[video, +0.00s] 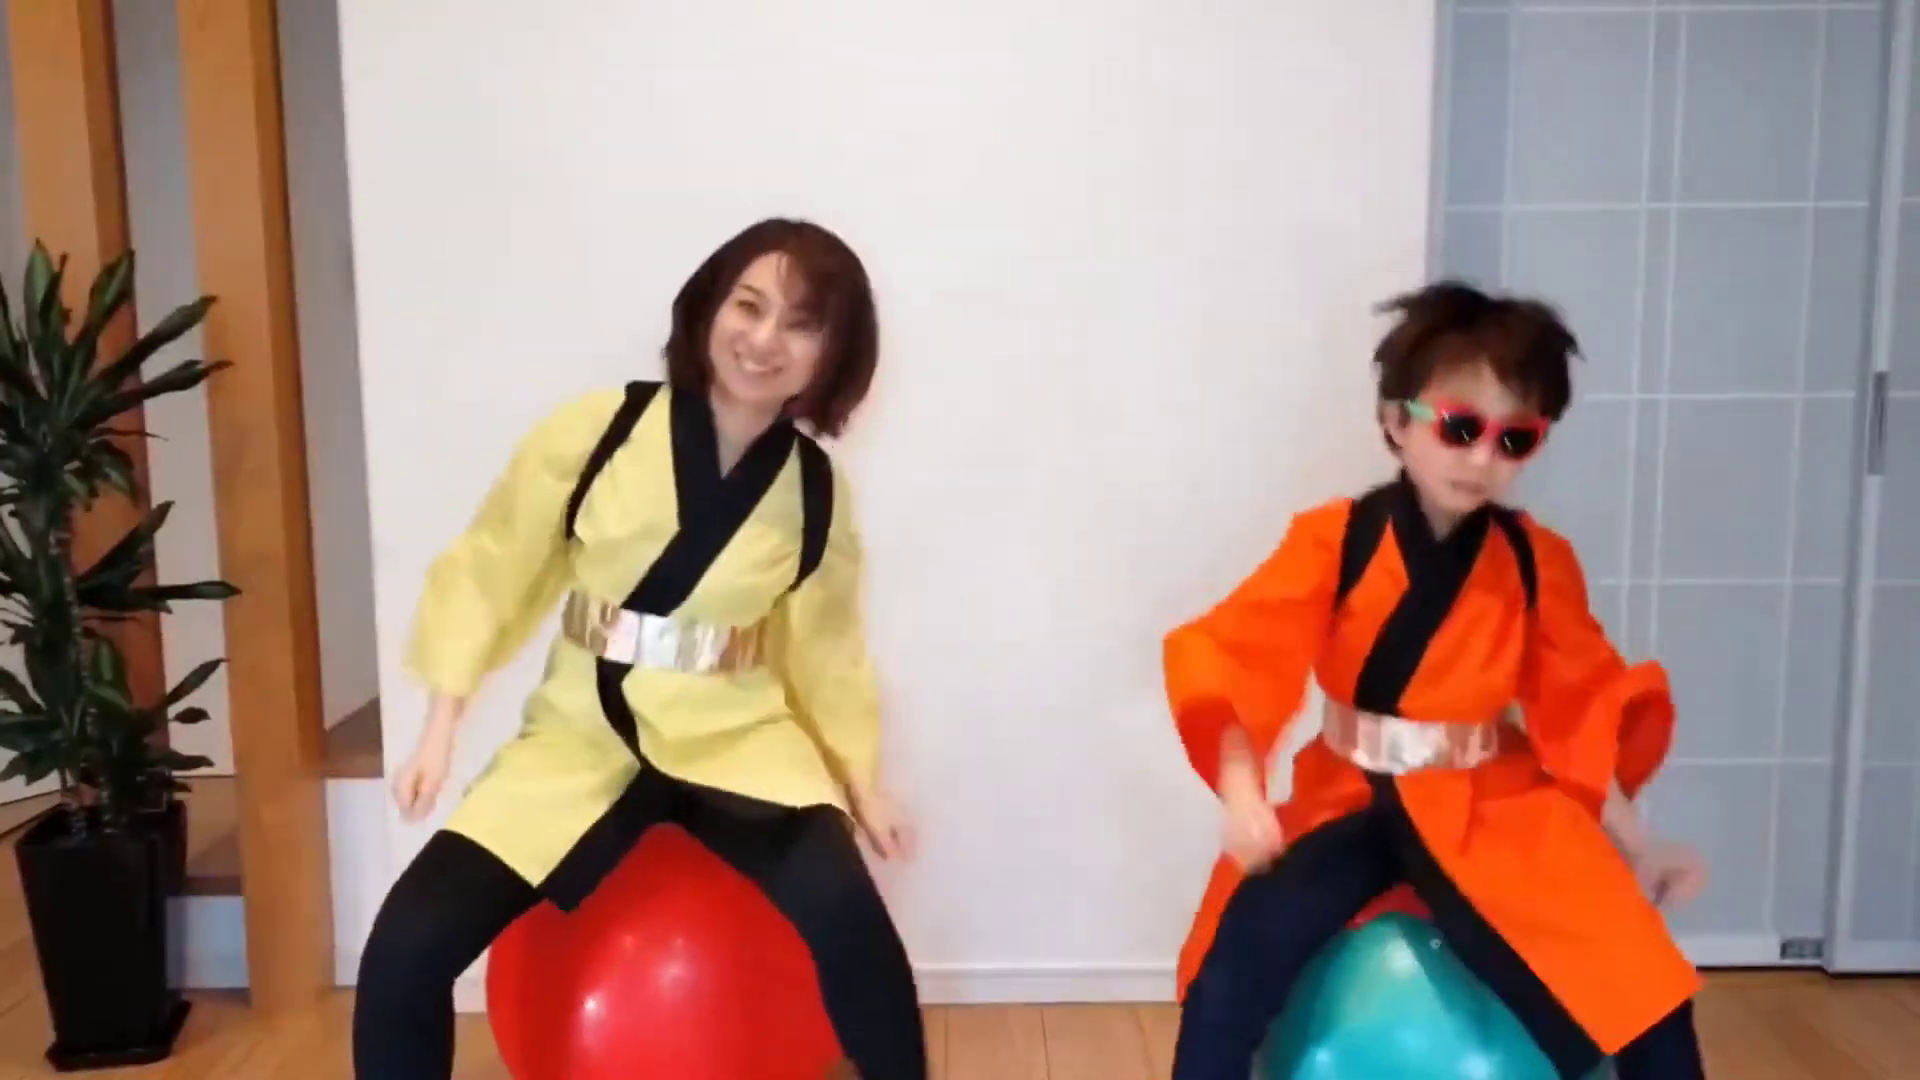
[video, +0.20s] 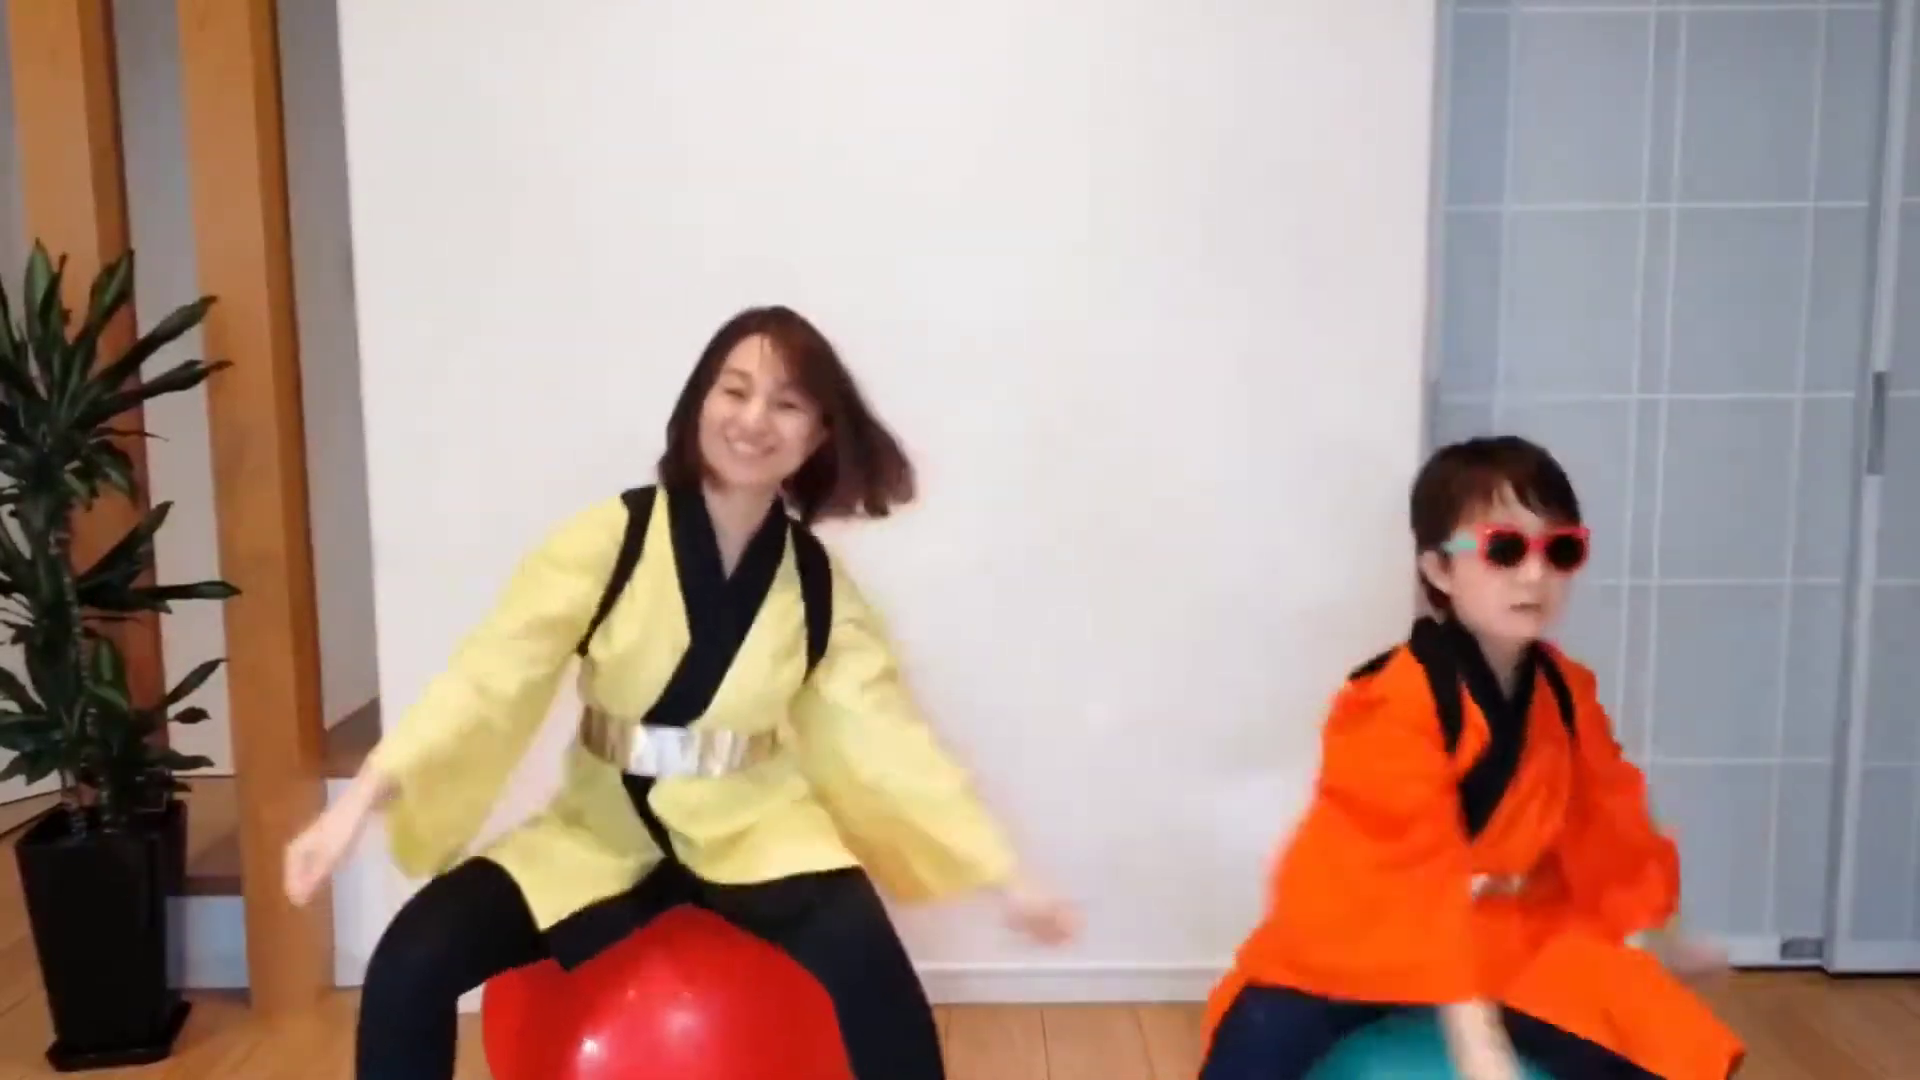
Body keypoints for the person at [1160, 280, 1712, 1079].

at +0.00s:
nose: (1483, 459)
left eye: (1515, 439)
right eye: (1459, 426)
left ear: (1537, 446)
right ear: (1397, 423)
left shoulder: (1536, 561)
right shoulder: (1336, 539)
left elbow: (1581, 714)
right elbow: (1223, 661)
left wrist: (1635, 842)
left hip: (1490, 805)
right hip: (1351, 800)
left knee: (1646, 983)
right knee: (1240, 954)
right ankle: (1207, 1067)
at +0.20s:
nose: (1536, 573)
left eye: (1560, 551)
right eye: (1505, 549)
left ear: (1578, 566)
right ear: (1439, 571)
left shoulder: (1562, 693)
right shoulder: (1391, 703)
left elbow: (1610, 828)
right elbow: (1417, 881)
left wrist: (1661, 938)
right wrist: (1479, 1048)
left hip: (1497, 935)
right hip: (1355, 939)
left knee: (1630, 1048)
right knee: (1253, 1050)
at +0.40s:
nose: (1558, 397)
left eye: (1586, 373)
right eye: (1525, 371)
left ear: (1607, 388)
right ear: (1462, 391)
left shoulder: (1600, 525)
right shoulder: (1421, 523)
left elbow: (1711, 614)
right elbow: (1467, 667)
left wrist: (1860, 671)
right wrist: (1657, 694)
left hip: (1539, 801)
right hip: (1406, 790)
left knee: (1663, 1027)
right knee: (1292, 970)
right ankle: (1243, 1068)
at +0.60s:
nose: (1554, 478)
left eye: (1582, 454)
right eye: (1521, 451)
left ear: (1603, 468)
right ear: (1461, 465)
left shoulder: (1597, 597)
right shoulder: (1407, 576)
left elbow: (1725, 706)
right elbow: (1353, 698)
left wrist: (1707, 603)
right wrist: (1451, 597)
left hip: (1541, 848)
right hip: (1409, 838)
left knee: (1638, 1015)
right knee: (1311, 982)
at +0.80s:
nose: (1505, 526)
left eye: (1536, 501)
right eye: (1473, 499)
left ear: (1565, 516)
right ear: (1429, 511)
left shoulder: (1589, 642)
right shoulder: (1385, 628)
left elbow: (1624, 799)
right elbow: (1280, 787)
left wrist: (1679, 726)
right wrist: (1329, 761)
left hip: (1532, 908)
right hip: (1390, 898)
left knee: (1657, 1052)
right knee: (1277, 1021)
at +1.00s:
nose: (1452, 436)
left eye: (1486, 412)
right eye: (1423, 408)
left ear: (1519, 425)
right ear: (1382, 415)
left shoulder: (1547, 543)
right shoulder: (1338, 534)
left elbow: (1632, 677)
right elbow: (1281, 659)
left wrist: (1614, 740)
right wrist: (1256, 779)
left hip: (1515, 811)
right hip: (1372, 809)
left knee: (1616, 957)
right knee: (1289, 944)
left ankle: (1652, 1065)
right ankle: (1283, 1067)